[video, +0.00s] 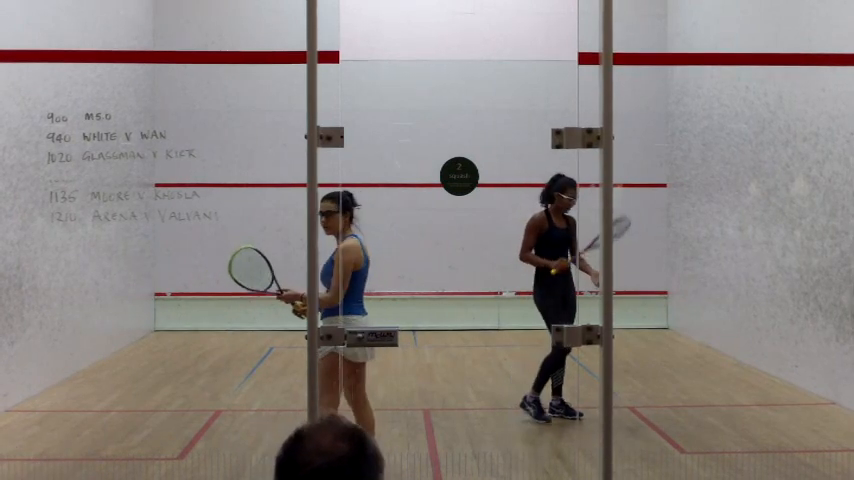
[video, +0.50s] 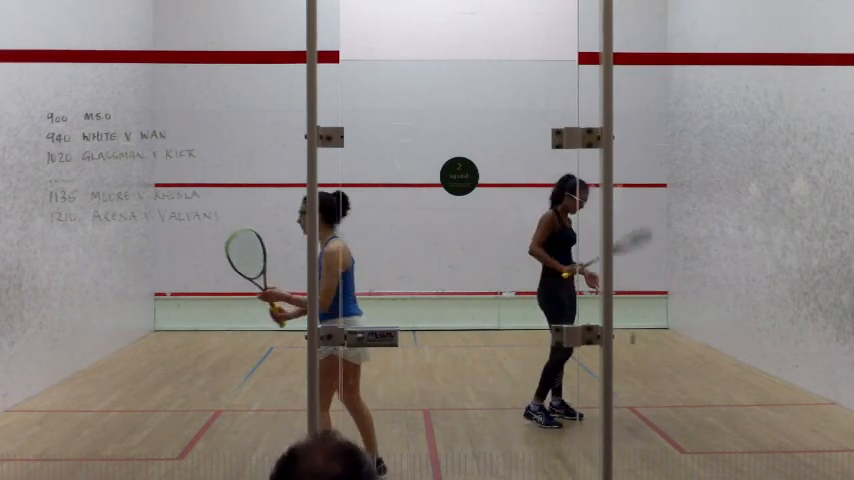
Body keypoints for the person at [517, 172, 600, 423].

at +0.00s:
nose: (572, 202)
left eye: (574, 198)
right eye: (569, 197)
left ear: (571, 199)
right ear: (555, 196)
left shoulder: (570, 223)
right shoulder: (538, 221)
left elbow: (575, 256)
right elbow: (524, 255)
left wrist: (591, 271)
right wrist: (551, 263)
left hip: (566, 286)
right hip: (546, 287)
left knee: (563, 344)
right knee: (561, 345)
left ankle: (557, 401)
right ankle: (532, 397)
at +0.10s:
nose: (575, 203)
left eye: (577, 199)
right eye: (572, 198)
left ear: (573, 199)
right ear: (558, 196)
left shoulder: (570, 222)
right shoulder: (541, 220)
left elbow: (576, 256)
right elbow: (526, 252)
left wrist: (591, 264)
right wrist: (556, 257)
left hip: (566, 287)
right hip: (547, 288)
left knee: (564, 344)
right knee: (567, 343)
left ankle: (557, 399)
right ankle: (543, 398)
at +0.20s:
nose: (579, 204)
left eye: (581, 200)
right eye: (577, 199)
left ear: (572, 199)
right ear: (564, 196)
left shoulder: (570, 223)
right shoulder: (544, 219)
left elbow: (571, 257)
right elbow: (527, 249)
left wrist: (589, 263)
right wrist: (554, 265)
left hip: (566, 287)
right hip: (548, 288)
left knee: (565, 344)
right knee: (569, 343)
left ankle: (557, 398)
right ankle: (545, 396)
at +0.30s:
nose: (581, 204)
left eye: (582, 200)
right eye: (579, 199)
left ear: (571, 198)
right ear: (565, 196)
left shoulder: (568, 221)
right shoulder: (547, 218)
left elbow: (565, 255)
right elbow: (528, 248)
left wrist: (587, 266)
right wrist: (549, 273)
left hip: (566, 287)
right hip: (550, 287)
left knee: (565, 345)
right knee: (569, 345)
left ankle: (557, 400)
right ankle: (540, 395)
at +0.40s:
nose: (582, 205)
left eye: (583, 201)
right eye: (580, 200)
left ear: (571, 198)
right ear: (566, 196)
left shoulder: (566, 220)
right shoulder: (549, 218)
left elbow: (563, 257)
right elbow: (530, 248)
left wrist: (586, 269)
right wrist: (552, 272)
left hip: (567, 288)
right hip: (552, 288)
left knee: (564, 345)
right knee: (569, 345)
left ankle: (557, 400)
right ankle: (539, 399)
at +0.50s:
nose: (581, 205)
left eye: (583, 201)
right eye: (580, 200)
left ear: (571, 198)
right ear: (566, 196)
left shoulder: (565, 220)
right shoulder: (549, 218)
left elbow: (563, 257)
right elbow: (534, 249)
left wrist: (585, 273)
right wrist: (560, 268)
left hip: (565, 290)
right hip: (552, 291)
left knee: (562, 347)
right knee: (564, 348)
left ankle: (557, 401)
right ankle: (536, 404)